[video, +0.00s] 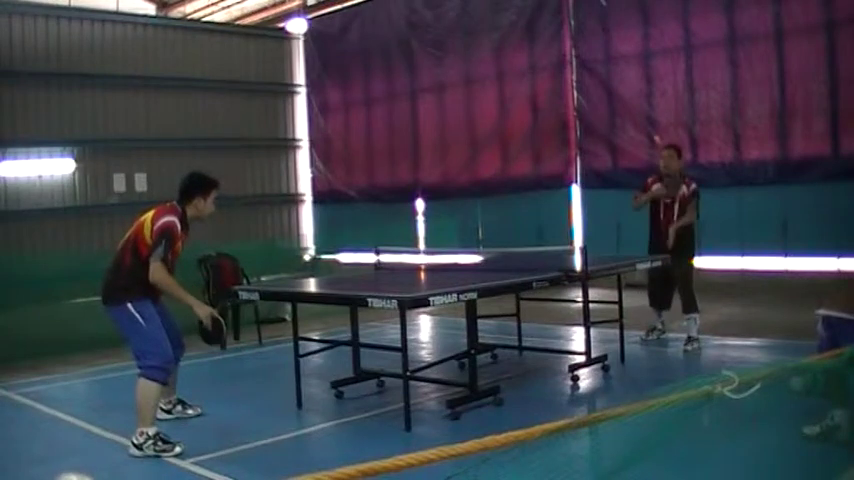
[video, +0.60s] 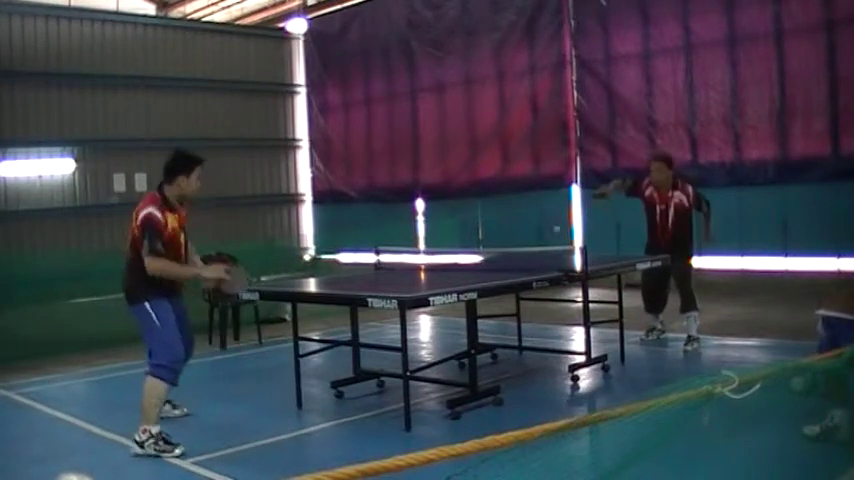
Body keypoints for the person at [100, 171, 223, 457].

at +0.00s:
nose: (214, 207)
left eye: (214, 200)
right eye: (212, 200)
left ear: (193, 198)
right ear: (197, 200)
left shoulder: (174, 217)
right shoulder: (169, 223)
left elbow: (154, 270)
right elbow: (157, 274)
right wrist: (196, 305)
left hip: (144, 293)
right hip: (125, 295)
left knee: (173, 346)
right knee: (156, 358)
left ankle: (167, 403)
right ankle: (144, 435)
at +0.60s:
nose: (199, 184)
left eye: (198, 178)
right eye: (195, 178)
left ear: (178, 179)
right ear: (179, 179)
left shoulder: (176, 209)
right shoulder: (151, 213)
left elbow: (183, 246)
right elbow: (152, 264)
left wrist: (204, 266)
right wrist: (199, 272)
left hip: (168, 290)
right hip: (147, 293)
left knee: (184, 346)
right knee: (168, 353)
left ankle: (159, 401)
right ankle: (147, 432)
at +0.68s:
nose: (197, 190)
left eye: (197, 184)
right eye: (193, 184)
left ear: (179, 185)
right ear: (176, 184)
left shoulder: (188, 215)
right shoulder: (146, 219)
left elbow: (202, 244)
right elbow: (135, 270)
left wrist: (217, 269)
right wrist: (175, 292)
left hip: (176, 294)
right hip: (149, 295)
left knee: (188, 348)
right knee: (174, 350)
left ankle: (158, 404)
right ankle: (160, 427)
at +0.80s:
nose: (200, 204)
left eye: (200, 198)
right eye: (196, 199)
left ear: (186, 201)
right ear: (176, 202)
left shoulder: (204, 226)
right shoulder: (144, 231)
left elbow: (229, 257)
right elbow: (118, 273)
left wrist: (231, 269)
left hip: (184, 302)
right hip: (153, 304)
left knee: (196, 355)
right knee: (185, 356)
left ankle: (156, 403)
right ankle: (195, 430)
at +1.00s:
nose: (209, 227)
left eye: (208, 221)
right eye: (203, 222)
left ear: (187, 228)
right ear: (183, 228)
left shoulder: (218, 242)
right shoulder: (155, 254)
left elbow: (255, 255)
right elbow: (122, 292)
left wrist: (275, 268)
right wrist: (106, 332)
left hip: (201, 315)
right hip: (171, 316)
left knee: (197, 366)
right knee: (206, 362)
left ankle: (157, 405)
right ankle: (206, 434)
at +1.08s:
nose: (215, 226)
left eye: (214, 219)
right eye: (209, 221)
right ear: (189, 228)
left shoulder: (222, 237)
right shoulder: (164, 256)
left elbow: (262, 239)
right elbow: (135, 297)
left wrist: (292, 262)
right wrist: (118, 338)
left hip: (206, 313)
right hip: (176, 316)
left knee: (199, 363)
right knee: (216, 354)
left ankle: (160, 400)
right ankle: (208, 434)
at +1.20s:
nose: (225, 216)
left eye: (226, 210)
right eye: (219, 211)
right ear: (199, 214)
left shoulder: (209, 221)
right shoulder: (187, 246)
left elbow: (232, 211)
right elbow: (193, 292)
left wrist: (262, 222)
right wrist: (233, 295)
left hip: (199, 306)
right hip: (179, 313)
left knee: (215, 345)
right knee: (229, 354)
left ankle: (179, 390)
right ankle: (210, 432)